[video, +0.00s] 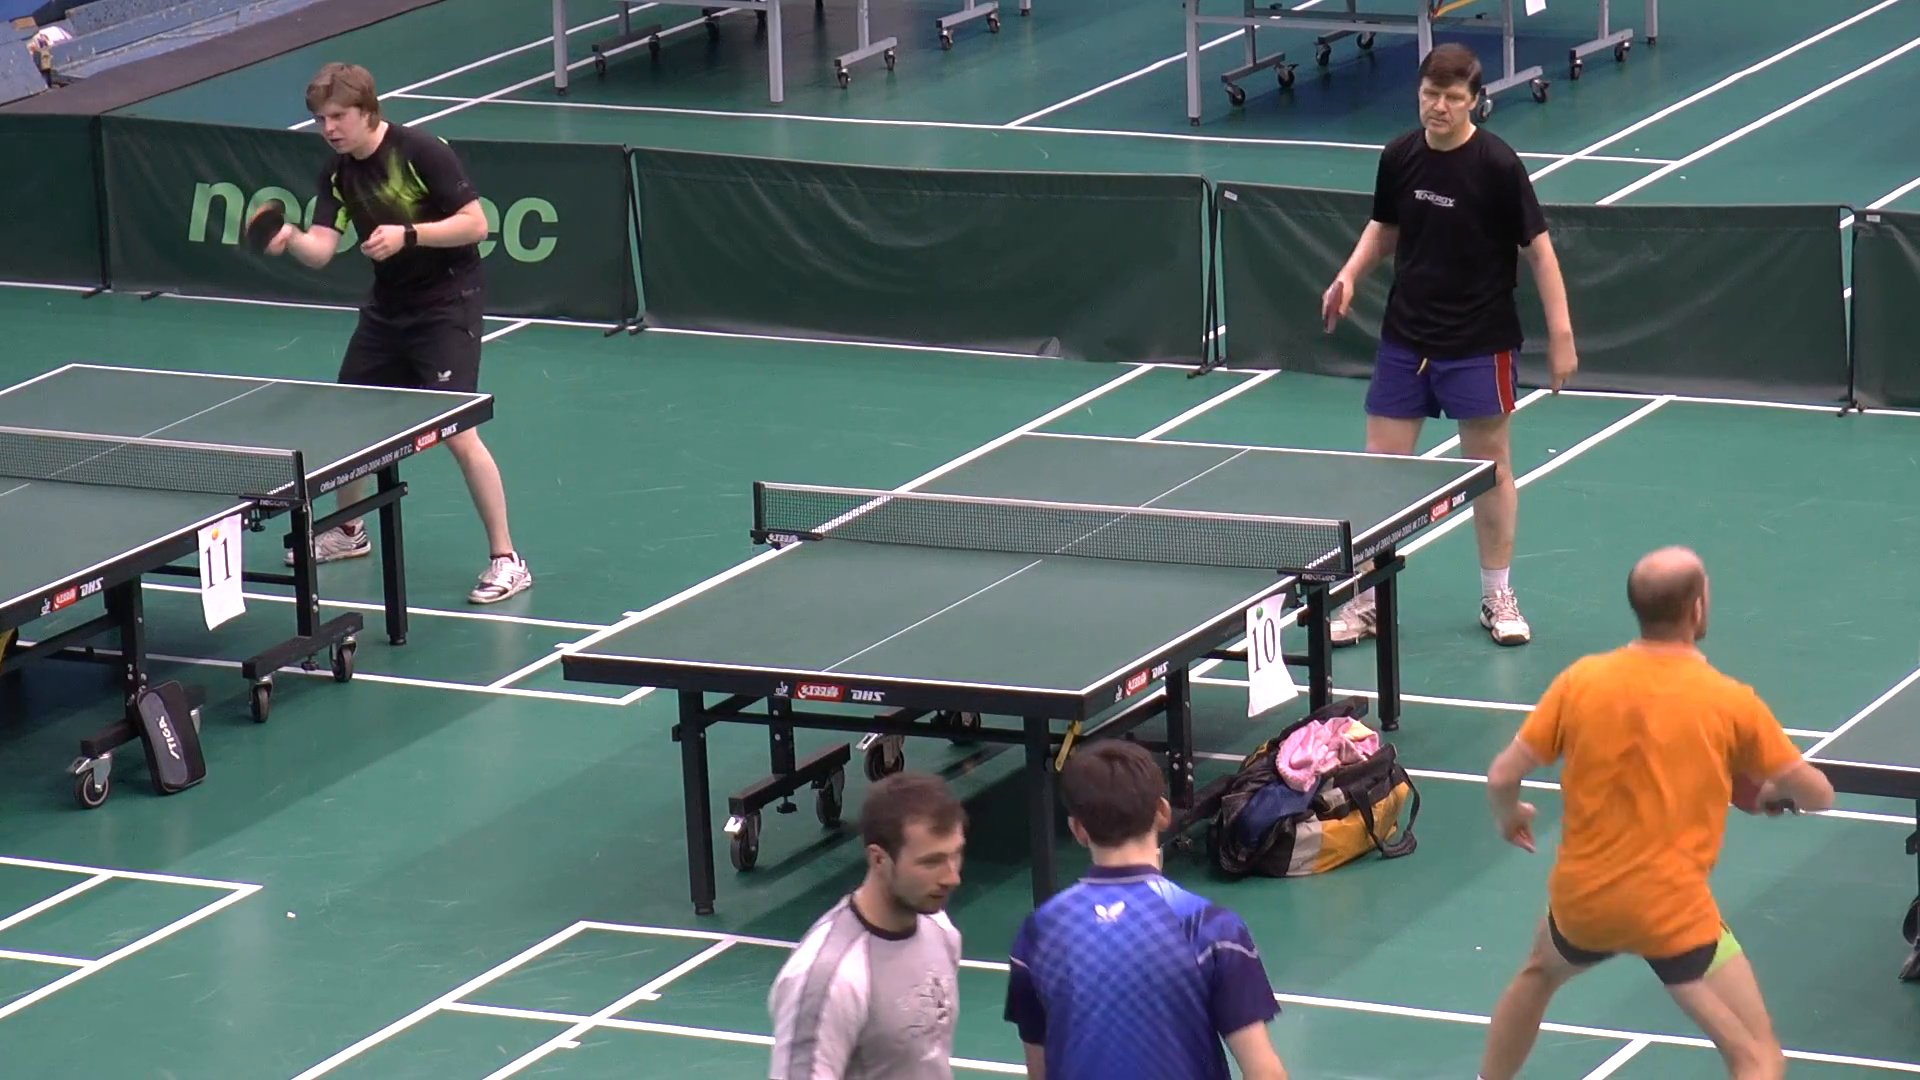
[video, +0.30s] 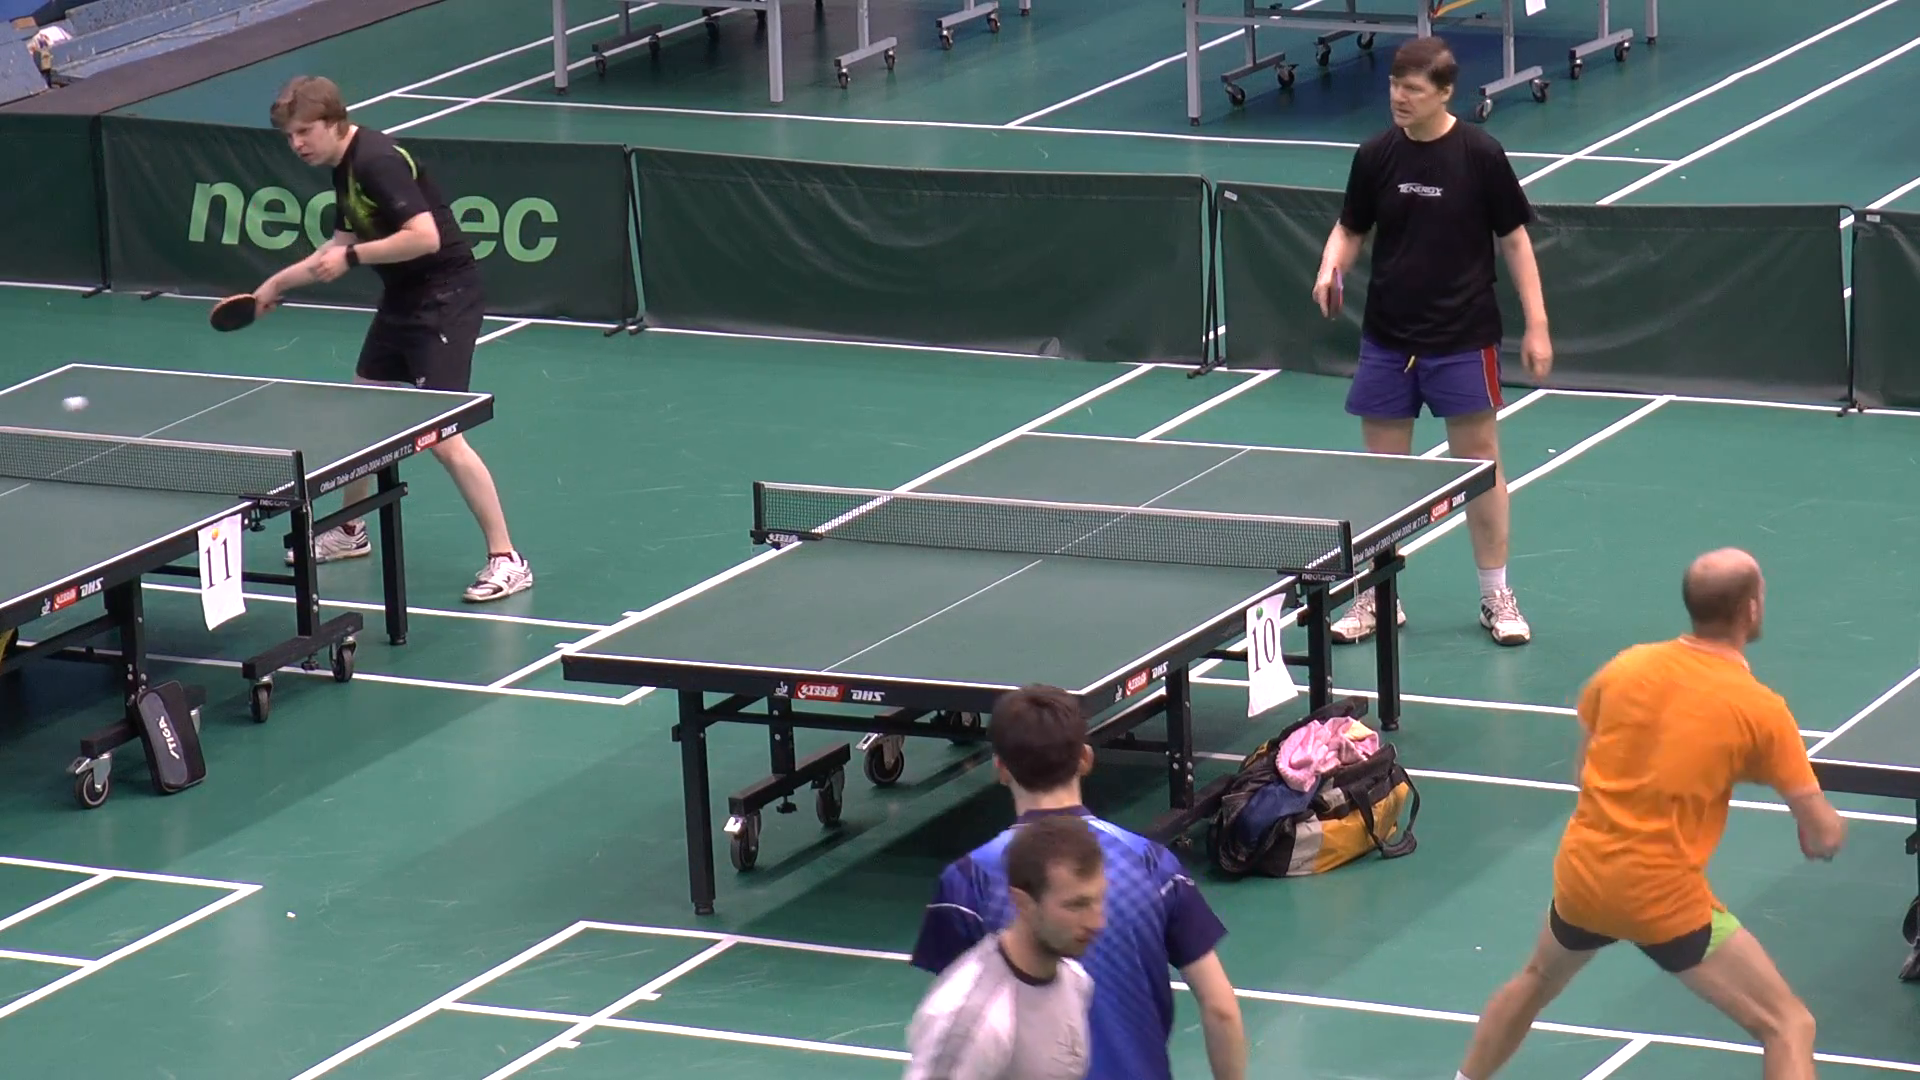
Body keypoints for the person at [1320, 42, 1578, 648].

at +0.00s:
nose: (1438, 107)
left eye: (1451, 98)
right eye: (1431, 95)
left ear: (1474, 100)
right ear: (1419, 94)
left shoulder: (1500, 165)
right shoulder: (1399, 157)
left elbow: (1540, 249)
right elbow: (1382, 227)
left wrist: (1561, 334)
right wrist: (1349, 273)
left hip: (1480, 343)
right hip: (1405, 338)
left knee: (1490, 470)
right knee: (1381, 468)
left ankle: (1498, 593)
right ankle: (1368, 595)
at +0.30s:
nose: (1399, 98)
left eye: (1411, 89)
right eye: (1395, 87)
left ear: (1444, 92)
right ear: (1391, 88)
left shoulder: (1481, 154)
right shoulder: (1375, 157)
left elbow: (1516, 239)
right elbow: (1350, 228)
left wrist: (1537, 324)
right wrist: (1331, 267)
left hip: (1463, 340)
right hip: (1387, 340)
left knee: (1482, 469)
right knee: (1380, 474)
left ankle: (1497, 594)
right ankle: (1375, 596)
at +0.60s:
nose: (1356, 101)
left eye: (1368, 92)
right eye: (1352, 91)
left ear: (1404, 92)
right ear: (1351, 91)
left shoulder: (1451, 150)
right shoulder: (1343, 160)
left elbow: (1483, 237)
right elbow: (1329, 240)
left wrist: (1484, 322)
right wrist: (1325, 284)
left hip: (1443, 339)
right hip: (1367, 341)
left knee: (1471, 467)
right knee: (1371, 476)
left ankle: (1495, 593)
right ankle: (1375, 597)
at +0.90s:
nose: (1355, 101)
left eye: (1366, 91)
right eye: (1347, 91)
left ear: (1393, 89)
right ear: (1337, 93)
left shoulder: (1434, 148)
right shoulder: (1328, 165)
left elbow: (1473, 234)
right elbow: (1314, 244)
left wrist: (1494, 317)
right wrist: (1307, 290)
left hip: (1435, 338)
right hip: (1358, 343)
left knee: (1466, 469)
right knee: (1367, 478)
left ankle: (1492, 597)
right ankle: (1374, 598)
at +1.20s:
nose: (1366, 100)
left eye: (1378, 90)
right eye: (1358, 90)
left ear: (1404, 91)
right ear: (1348, 91)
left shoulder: (1442, 151)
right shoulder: (1334, 163)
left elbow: (1475, 239)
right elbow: (1320, 242)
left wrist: (1480, 324)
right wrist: (1313, 288)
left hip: (1438, 342)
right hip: (1361, 345)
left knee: (1469, 474)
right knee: (1368, 479)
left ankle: (1491, 595)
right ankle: (1374, 599)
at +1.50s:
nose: (1407, 99)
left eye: (1420, 90)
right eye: (1400, 88)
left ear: (1446, 92)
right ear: (1391, 89)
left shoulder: (1480, 155)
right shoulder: (1372, 160)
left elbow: (1508, 246)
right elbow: (1350, 235)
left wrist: (1500, 333)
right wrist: (1342, 282)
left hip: (1464, 345)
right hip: (1386, 345)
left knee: (1485, 475)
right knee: (1381, 479)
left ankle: (1493, 596)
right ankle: (1375, 599)